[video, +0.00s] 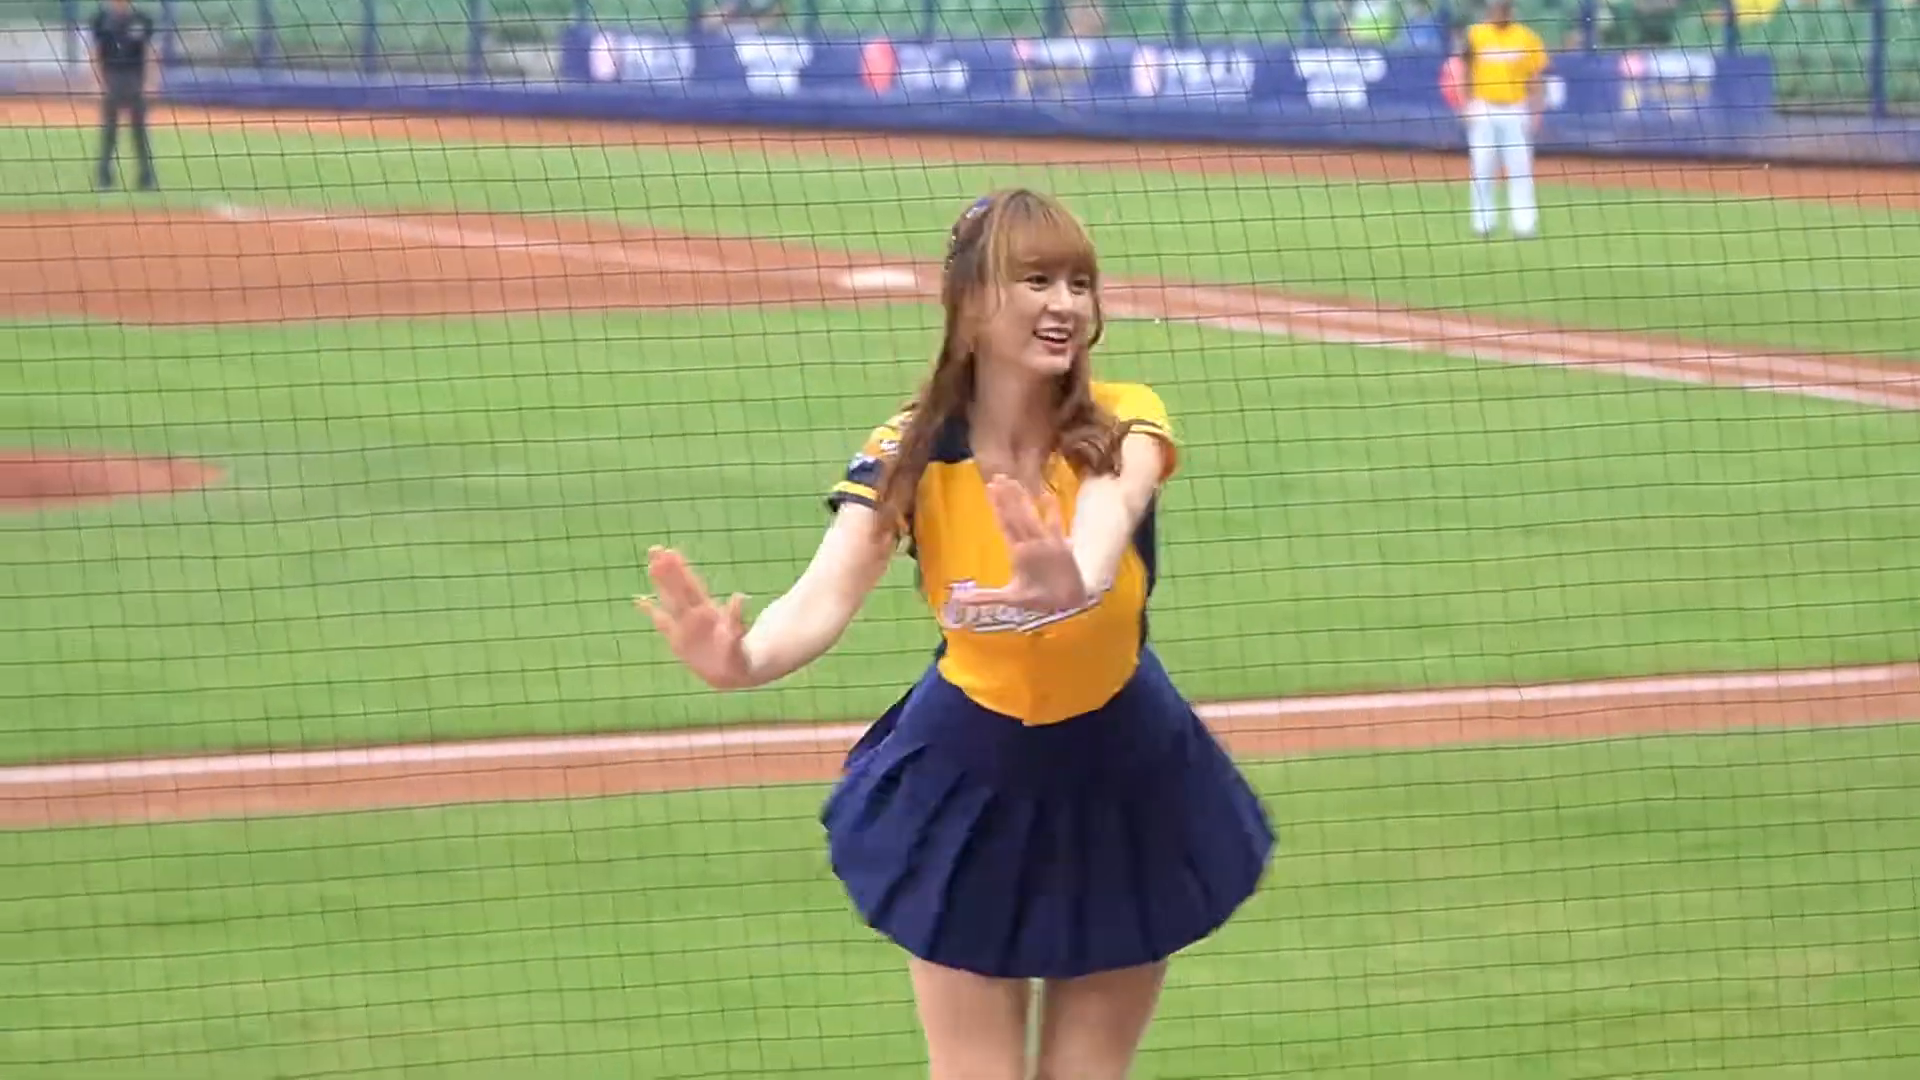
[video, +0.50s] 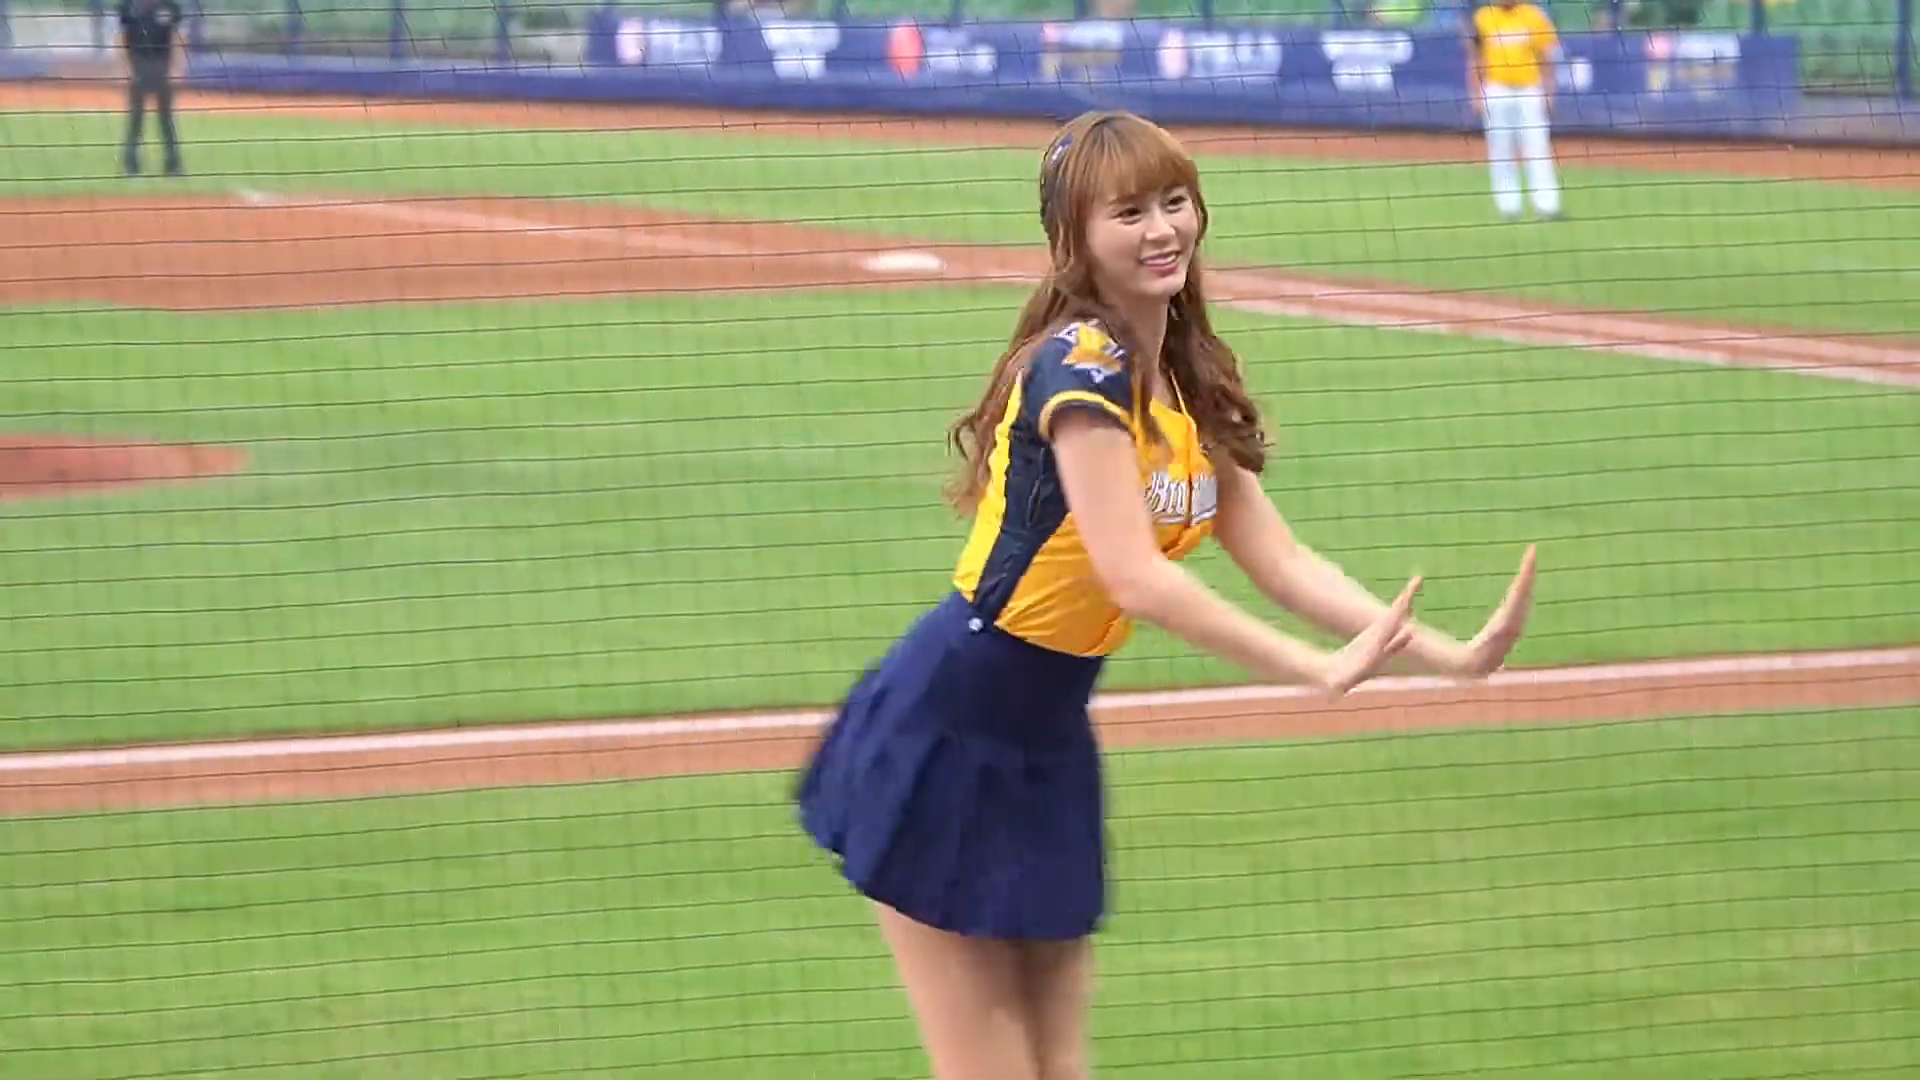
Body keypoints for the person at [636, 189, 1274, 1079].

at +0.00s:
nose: (1063, 303)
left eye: (1078, 282)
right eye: (1034, 280)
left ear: (1097, 301)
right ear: (970, 303)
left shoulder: (1129, 420)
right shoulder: (911, 446)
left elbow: (1113, 507)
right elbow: (832, 583)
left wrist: (1073, 579)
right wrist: (747, 657)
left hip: (1118, 768)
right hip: (971, 767)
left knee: (1087, 1067)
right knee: (975, 1067)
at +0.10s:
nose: (1086, 252)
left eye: (1101, 229)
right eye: (1056, 231)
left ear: (1118, 246)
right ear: (993, 256)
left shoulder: (1152, 374)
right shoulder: (930, 409)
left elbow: (1179, 518)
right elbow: (853, 583)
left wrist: (1140, 605)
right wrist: (812, 659)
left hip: (1141, 736)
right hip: (996, 742)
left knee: (1117, 1065)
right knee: (1015, 1064)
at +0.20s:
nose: (1091, 250)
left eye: (1106, 222)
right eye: (1060, 228)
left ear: (1128, 228)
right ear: (999, 244)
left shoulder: (1165, 372)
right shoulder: (935, 385)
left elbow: (1200, 560)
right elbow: (888, 584)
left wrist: (1185, 655)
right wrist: (903, 695)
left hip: (1144, 724)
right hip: (999, 734)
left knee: (1146, 1061)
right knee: (1052, 1064)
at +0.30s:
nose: (1095, 298)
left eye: (1110, 271)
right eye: (1064, 277)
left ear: (1132, 279)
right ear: (1006, 293)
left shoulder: (1147, 426)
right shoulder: (951, 434)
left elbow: (1190, 614)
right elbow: (941, 647)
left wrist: (1230, 724)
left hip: (1140, 762)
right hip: (1004, 764)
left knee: (1169, 1055)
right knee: (1055, 1060)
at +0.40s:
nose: (1122, 260)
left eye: (1135, 233)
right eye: (1089, 239)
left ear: (1155, 243)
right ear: (1031, 263)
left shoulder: (1157, 411)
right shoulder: (1004, 397)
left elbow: (1208, 595)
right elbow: (1020, 611)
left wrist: (1312, 712)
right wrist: (1162, 745)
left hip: (1108, 750)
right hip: (989, 755)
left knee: (1140, 1057)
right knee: (1046, 1063)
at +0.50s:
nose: (1162, 227)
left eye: (1175, 201)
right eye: (1128, 211)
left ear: (1198, 216)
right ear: (1074, 238)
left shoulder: (1188, 379)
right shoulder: (1076, 366)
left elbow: (1279, 559)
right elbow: (1131, 575)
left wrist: (1448, 654)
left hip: (1048, 726)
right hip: (947, 721)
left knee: (1055, 1059)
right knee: (985, 1064)